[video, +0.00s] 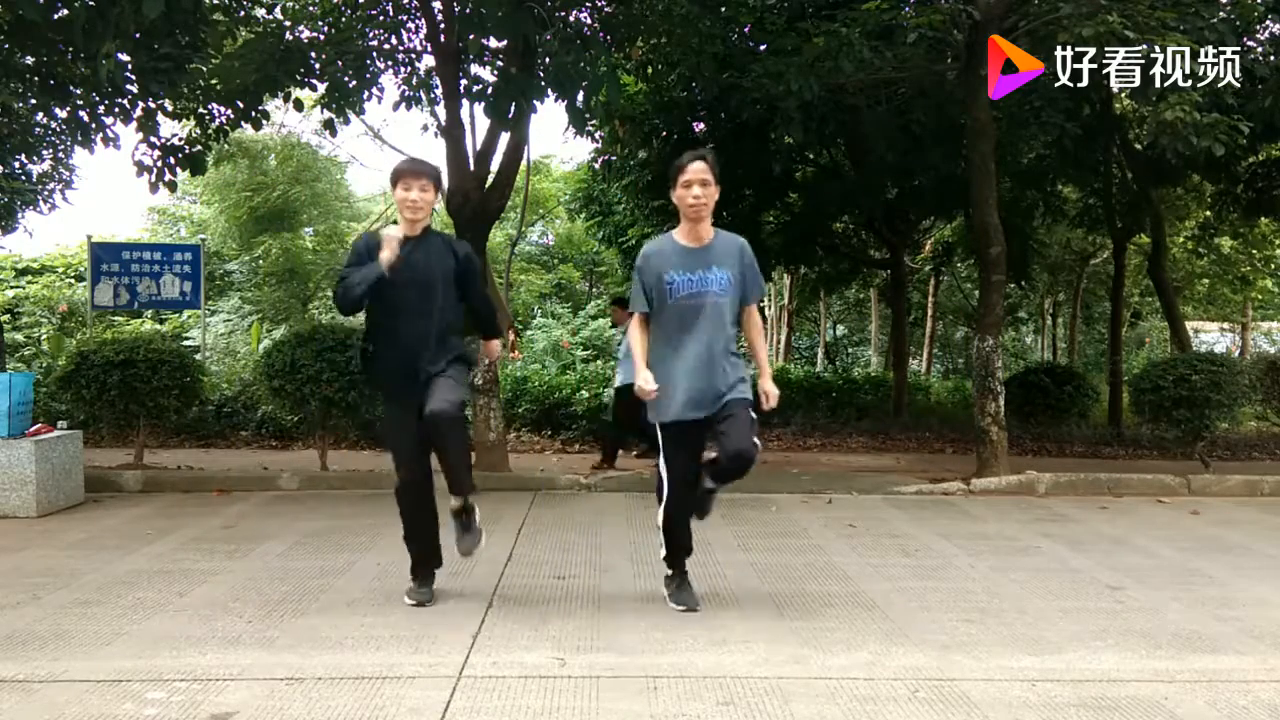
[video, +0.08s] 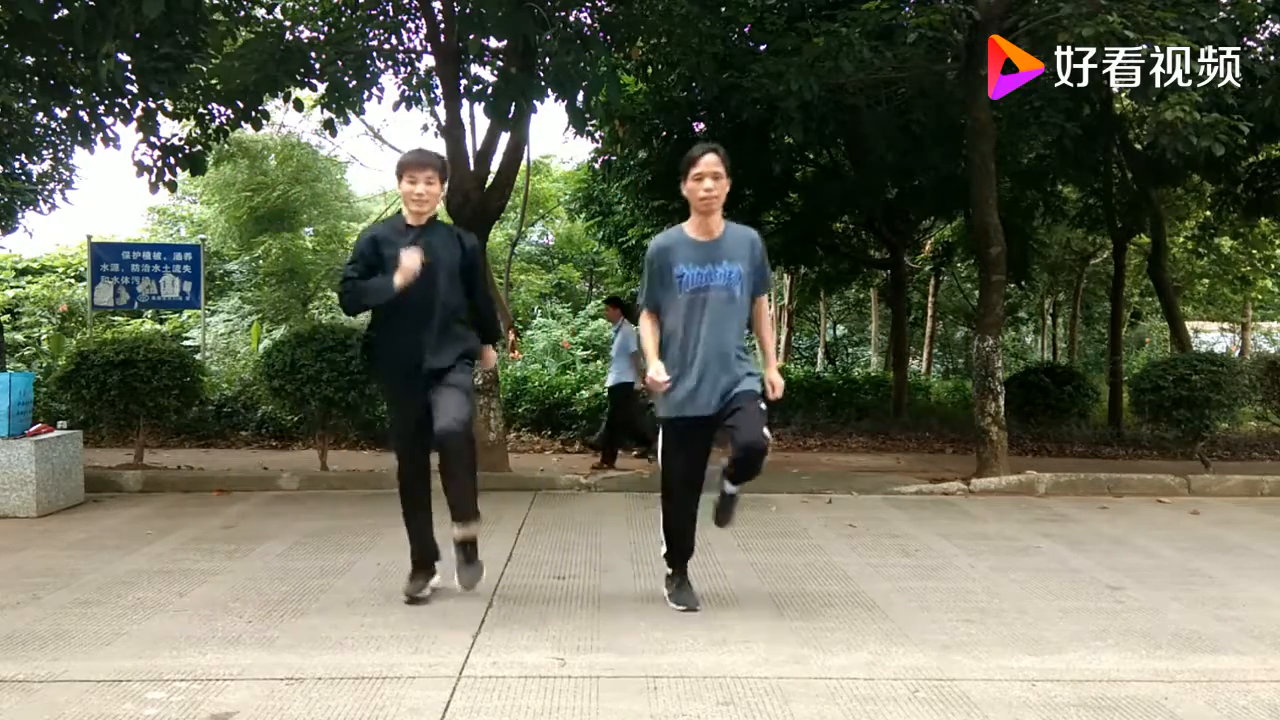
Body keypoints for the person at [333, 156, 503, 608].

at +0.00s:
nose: (414, 197)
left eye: (423, 189)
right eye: (405, 188)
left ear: (436, 197)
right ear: (393, 195)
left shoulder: (456, 252)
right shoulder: (369, 246)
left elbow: (480, 302)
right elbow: (344, 301)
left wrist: (492, 335)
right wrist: (380, 264)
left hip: (447, 363)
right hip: (396, 371)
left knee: (441, 414)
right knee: (409, 477)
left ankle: (462, 503)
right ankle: (422, 570)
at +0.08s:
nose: (420, 190)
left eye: (429, 182)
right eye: (412, 181)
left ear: (442, 189)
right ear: (398, 186)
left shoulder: (463, 244)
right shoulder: (376, 239)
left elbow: (480, 298)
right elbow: (349, 298)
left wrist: (488, 340)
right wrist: (394, 280)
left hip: (452, 362)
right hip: (401, 367)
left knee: (451, 429)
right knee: (411, 464)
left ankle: (466, 535)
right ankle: (422, 563)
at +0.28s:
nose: (443, 214)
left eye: (452, 207)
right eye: (434, 206)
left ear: (464, 214)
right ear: (420, 213)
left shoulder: (484, 273)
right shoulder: (396, 268)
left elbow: (506, 334)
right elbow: (356, 327)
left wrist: (523, 388)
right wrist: (354, 389)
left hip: (468, 401)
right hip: (413, 400)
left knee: (472, 488)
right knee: (415, 489)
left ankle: (465, 595)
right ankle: (415, 559)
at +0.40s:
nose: (455, 185)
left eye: (463, 177)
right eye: (446, 177)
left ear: (478, 184)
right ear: (434, 183)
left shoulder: (499, 241)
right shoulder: (409, 237)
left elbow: (531, 298)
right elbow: (365, 286)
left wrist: (563, 348)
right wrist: (323, 338)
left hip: (478, 377)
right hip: (422, 374)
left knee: (472, 487)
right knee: (396, 470)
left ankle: (468, 594)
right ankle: (403, 541)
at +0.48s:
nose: (461, 186)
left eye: (469, 178)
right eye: (452, 178)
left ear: (483, 185)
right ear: (439, 185)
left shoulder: (505, 243)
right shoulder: (418, 238)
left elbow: (535, 302)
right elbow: (369, 286)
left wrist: (576, 339)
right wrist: (312, 327)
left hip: (481, 374)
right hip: (425, 370)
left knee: (472, 480)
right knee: (393, 454)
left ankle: (465, 587)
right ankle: (395, 540)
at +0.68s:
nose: (474, 190)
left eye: (483, 182)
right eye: (465, 182)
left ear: (497, 190)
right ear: (453, 189)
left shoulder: (519, 247)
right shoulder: (434, 247)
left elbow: (545, 308)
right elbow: (400, 306)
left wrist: (598, 314)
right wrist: (339, 308)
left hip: (499, 373)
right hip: (445, 370)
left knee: (483, 476)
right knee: (422, 444)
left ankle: (468, 575)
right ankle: (443, 547)